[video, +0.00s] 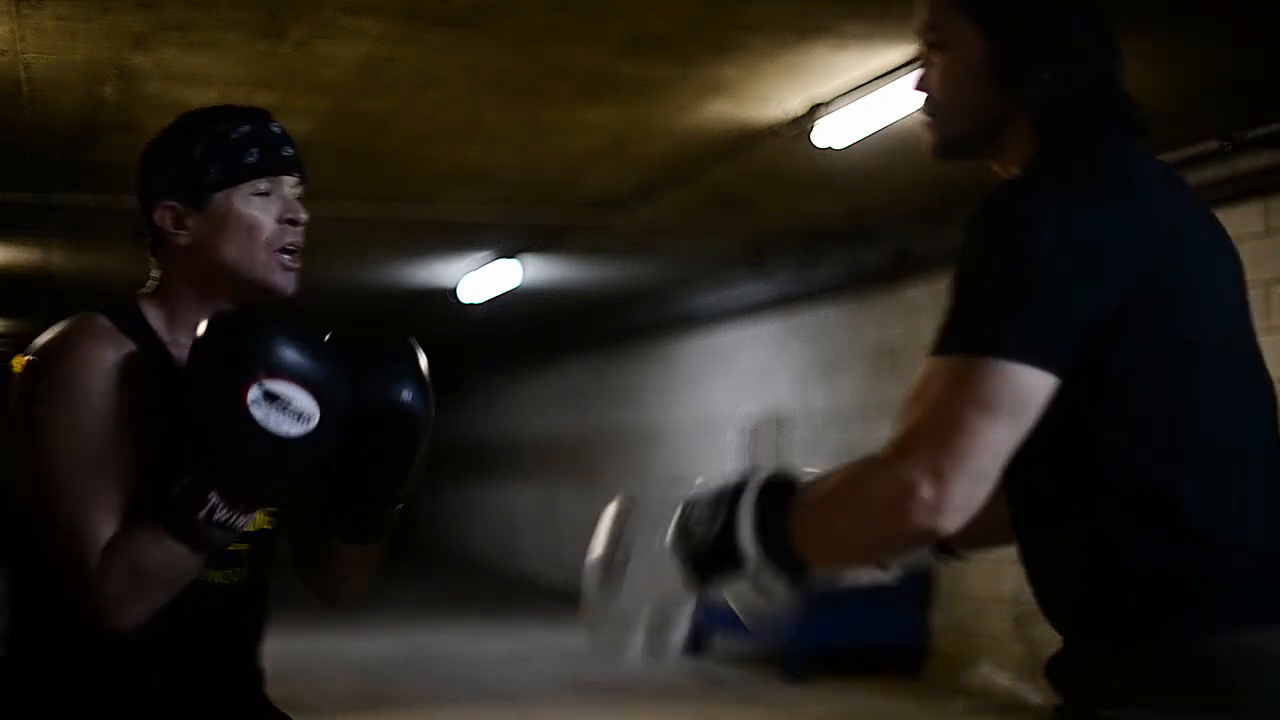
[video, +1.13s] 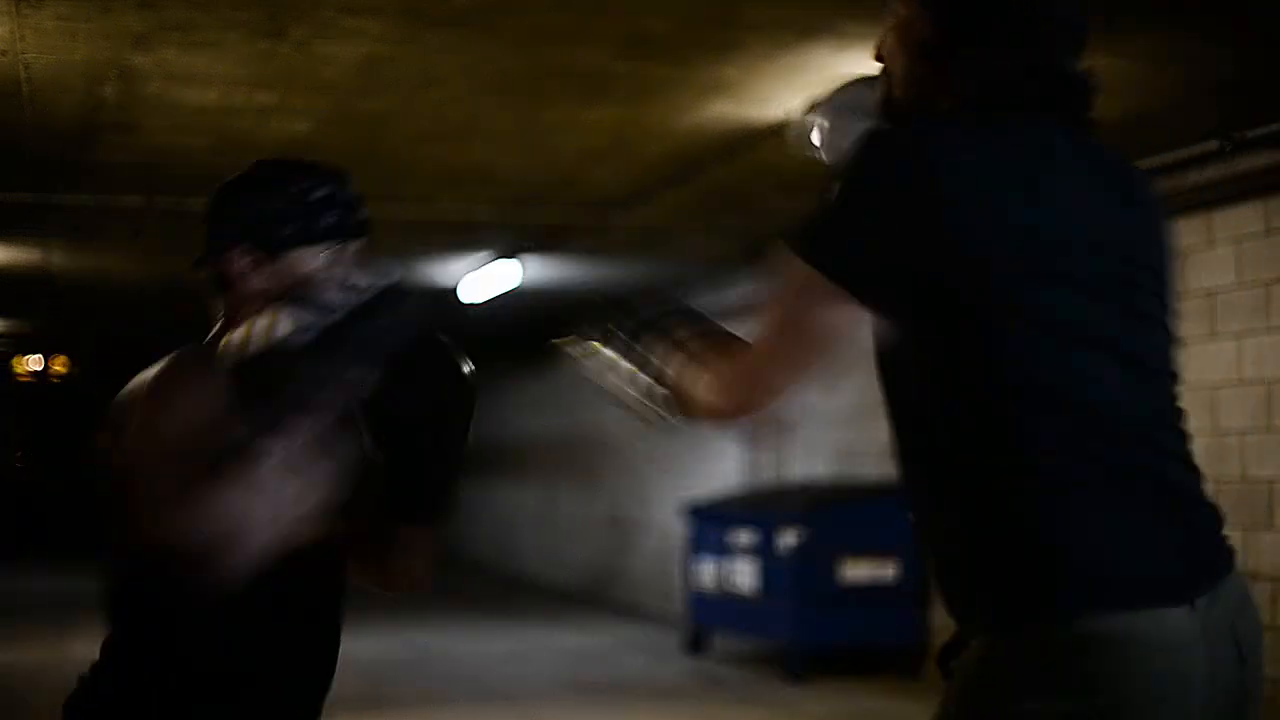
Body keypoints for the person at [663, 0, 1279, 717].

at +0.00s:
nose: (919, 80)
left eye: (938, 49)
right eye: (925, 52)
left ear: (1018, 58)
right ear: (1025, 64)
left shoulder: (1044, 213)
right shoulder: (1147, 198)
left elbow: (930, 492)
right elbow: (1088, 462)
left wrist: (752, 525)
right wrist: (908, 535)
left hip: (1168, 663)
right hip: (1240, 645)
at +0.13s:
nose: (964, 84)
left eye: (984, 52)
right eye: (970, 55)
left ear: (1058, 57)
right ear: (1072, 63)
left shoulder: (1094, 219)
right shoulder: (1170, 206)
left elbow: (1009, 493)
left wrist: (848, 414)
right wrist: (883, 412)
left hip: (1185, 670)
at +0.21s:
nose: (986, 78)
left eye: (1008, 45)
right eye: (996, 47)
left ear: (1079, 59)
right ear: (1089, 60)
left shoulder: (1125, 210)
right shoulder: (1179, 198)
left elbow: (1072, 491)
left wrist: (917, 372)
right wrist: (945, 363)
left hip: (1191, 676)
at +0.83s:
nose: (964, 67)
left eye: (985, 43)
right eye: (973, 44)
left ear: (1053, 55)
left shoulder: (1098, 211)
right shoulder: (1160, 201)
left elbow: (1012, 467)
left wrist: (886, 335)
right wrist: (947, 322)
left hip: (1140, 660)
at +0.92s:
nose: (939, 55)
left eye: (957, 33)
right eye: (947, 33)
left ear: (1015, 47)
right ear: (1094, 50)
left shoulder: (1006, 199)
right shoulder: (1190, 198)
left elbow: (854, 391)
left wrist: (755, 319)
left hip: (1088, 629)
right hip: (1247, 612)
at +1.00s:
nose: (924, 63)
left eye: (937, 41)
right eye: (932, 41)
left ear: (971, 53)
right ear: (1085, 56)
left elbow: (662, 278)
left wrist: (504, 261)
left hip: (1081, 641)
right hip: (1246, 617)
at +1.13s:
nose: (882, 47)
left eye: (900, 24)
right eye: (891, 24)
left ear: (936, 39)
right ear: (1045, 41)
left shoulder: (906, 166)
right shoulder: (1114, 174)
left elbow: (741, 387)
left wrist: (683, 359)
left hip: (1057, 639)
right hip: (1211, 609)